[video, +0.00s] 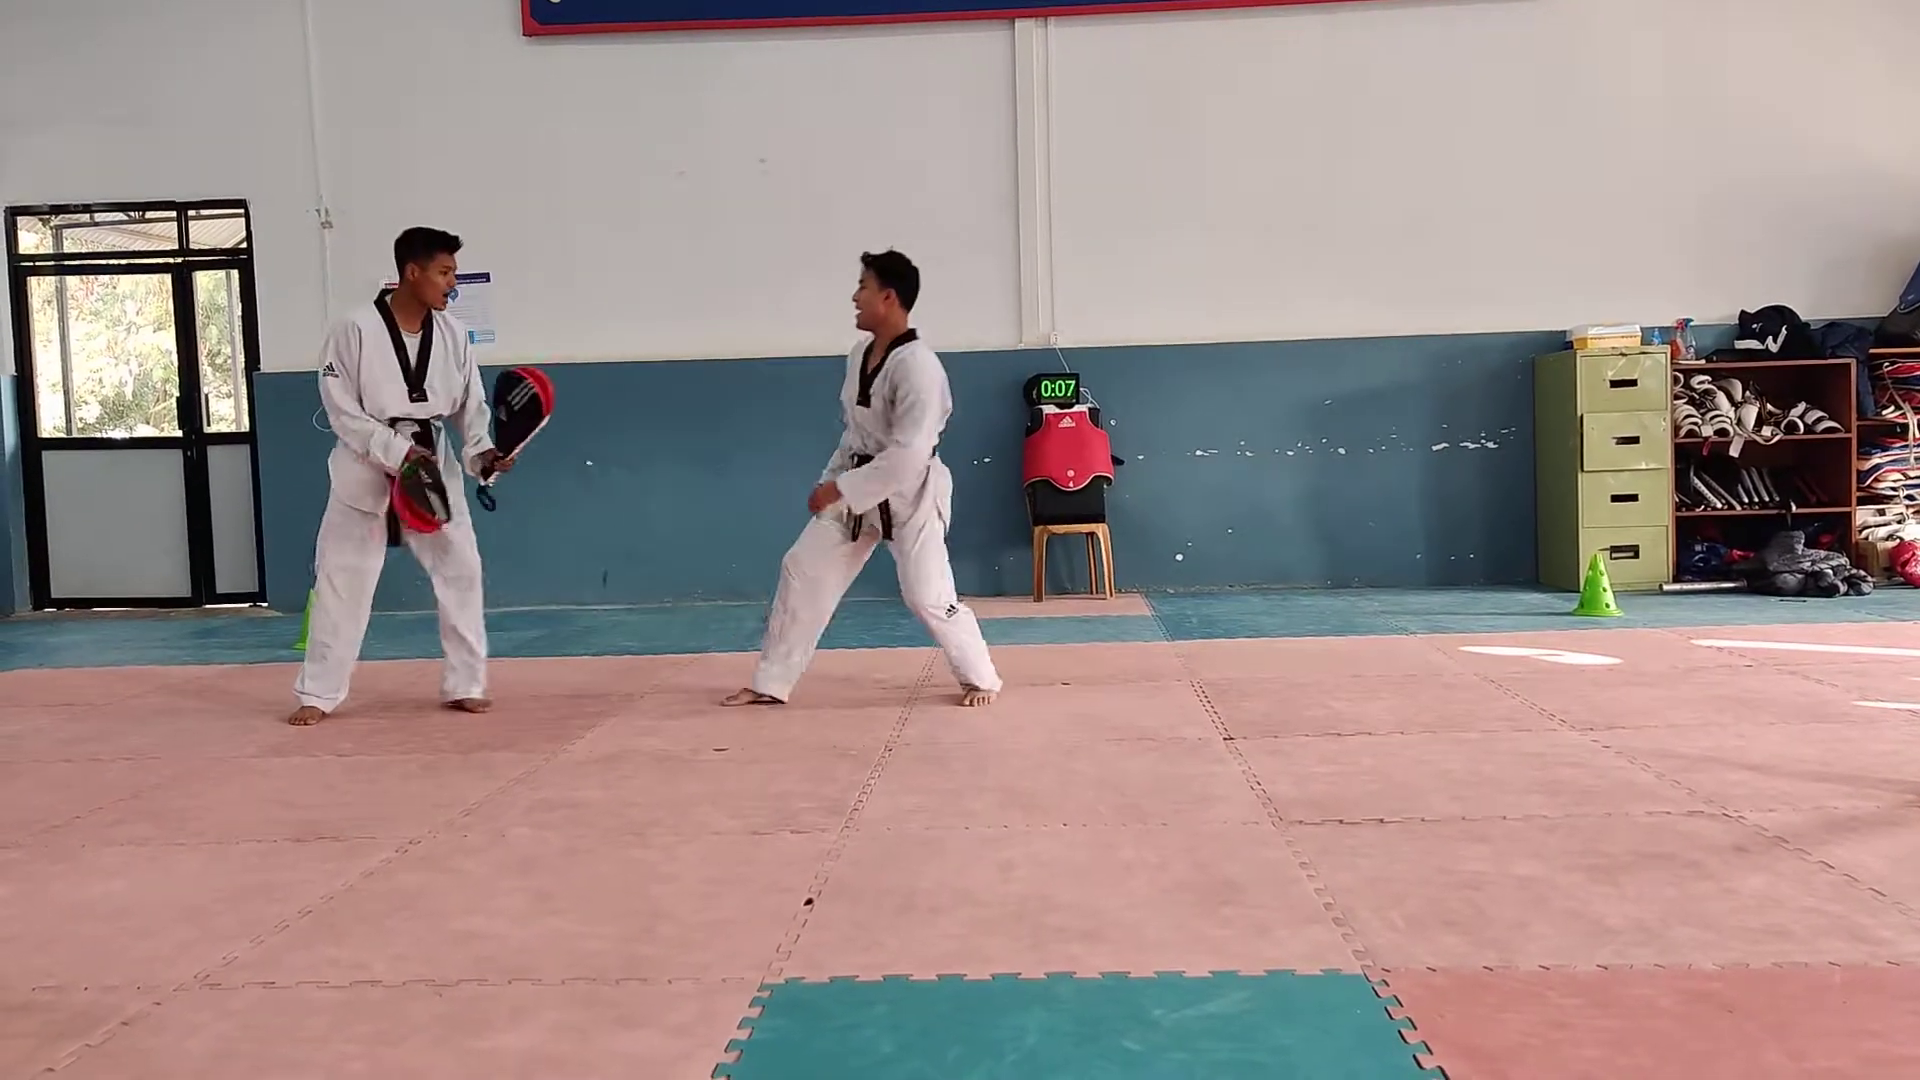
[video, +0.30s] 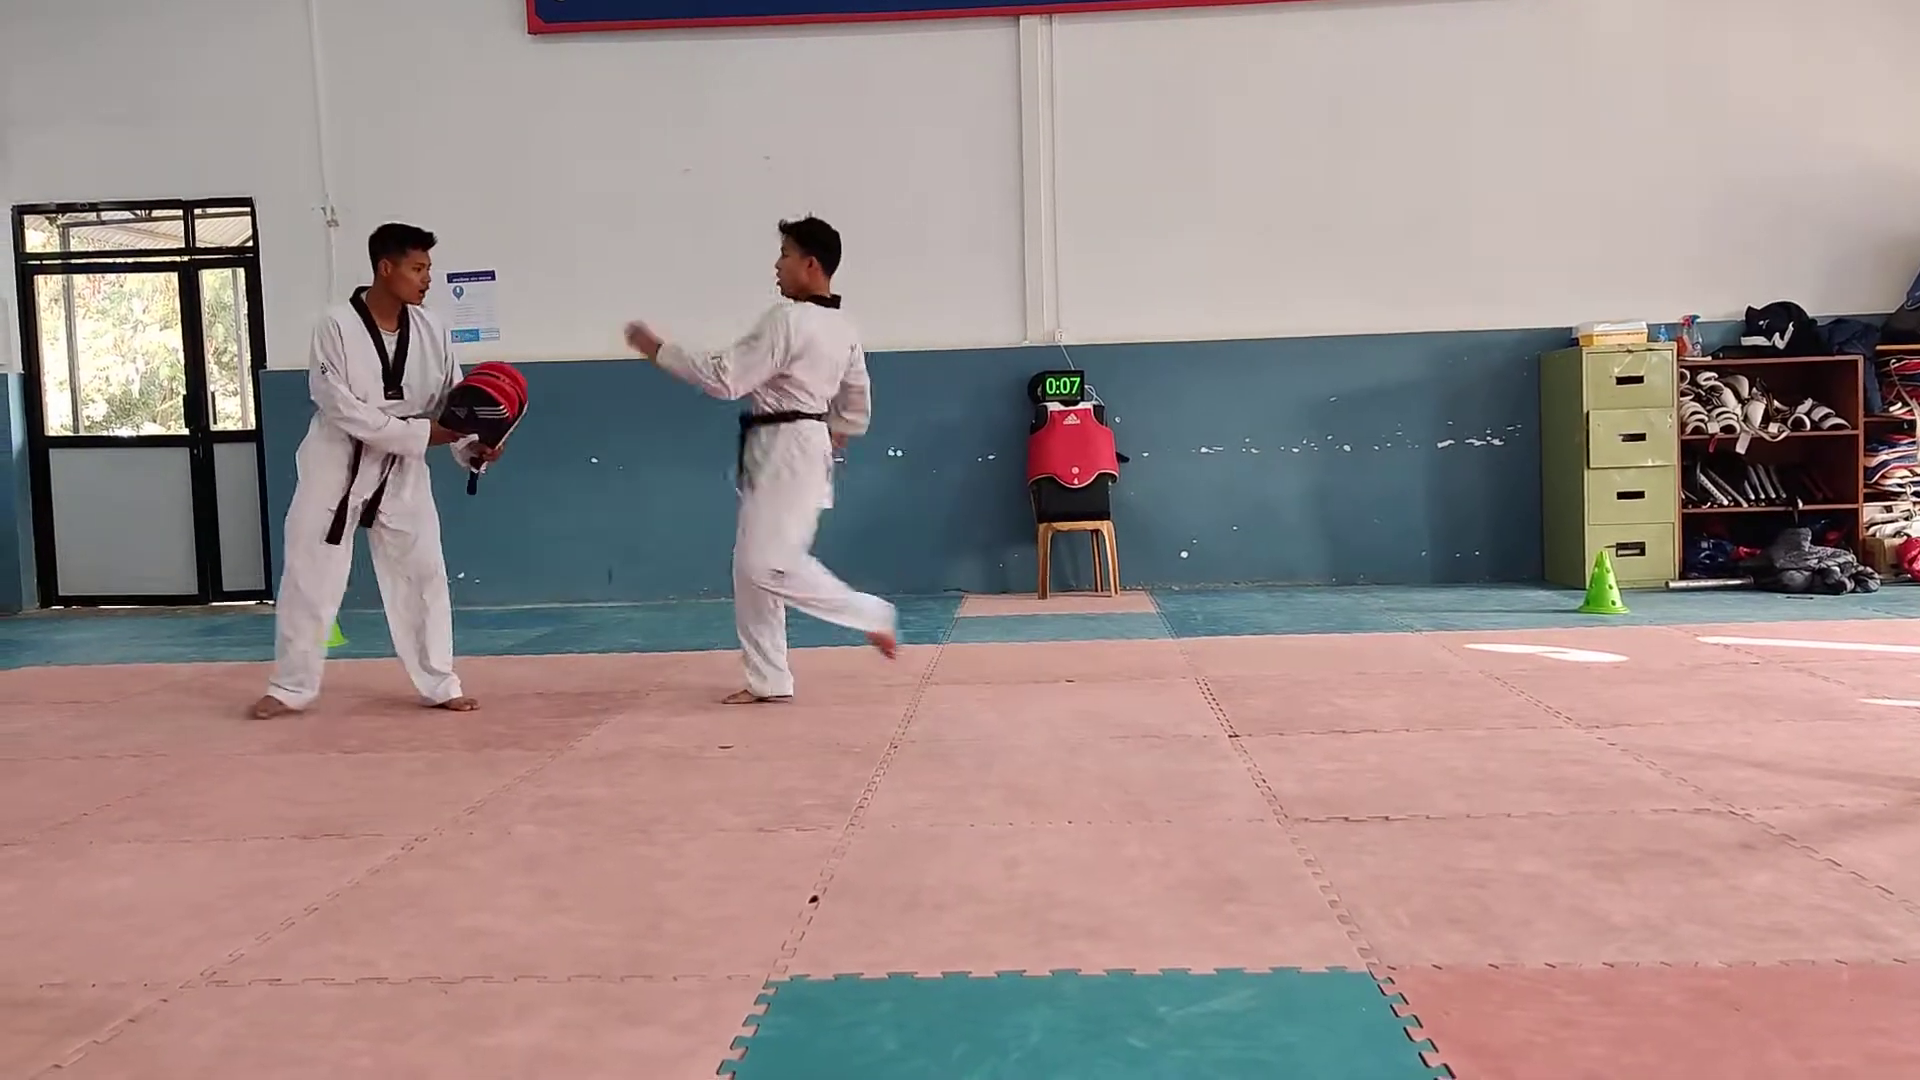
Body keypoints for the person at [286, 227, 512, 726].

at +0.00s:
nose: (453, 283)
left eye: (454, 273)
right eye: (444, 273)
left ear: (427, 275)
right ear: (411, 273)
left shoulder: (452, 334)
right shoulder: (351, 330)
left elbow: (470, 403)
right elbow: (343, 414)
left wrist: (479, 451)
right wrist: (396, 450)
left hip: (433, 462)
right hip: (365, 462)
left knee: (462, 566)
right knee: (342, 572)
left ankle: (466, 685)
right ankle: (318, 694)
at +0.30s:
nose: (428, 277)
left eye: (429, 268)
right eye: (419, 268)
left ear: (406, 271)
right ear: (385, 269)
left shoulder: (430, 329)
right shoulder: (335, 325)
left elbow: (448, 408)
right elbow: (340, 409)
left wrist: (474, 448)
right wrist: (419, 433)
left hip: (404, 460)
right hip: (336, 459)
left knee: (423, 569)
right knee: (310, 568)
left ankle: (439, 683)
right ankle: (292, 688)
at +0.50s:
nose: (371, 282)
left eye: (371, 272)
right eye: (362, 273)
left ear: (348, 276)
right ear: (327, 274)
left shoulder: (377, 332)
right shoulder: (285, 337)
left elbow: (414, 397)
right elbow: (322, 411)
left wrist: (455, 397)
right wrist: (411, 427)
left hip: (365, 462)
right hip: (299, 464)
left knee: (406, 570)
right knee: (250, 573)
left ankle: (439, 684)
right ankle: (197, 689)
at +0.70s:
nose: (337, 300)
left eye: (337, 290)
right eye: (327, 290)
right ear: (294, 293)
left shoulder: (350, 354)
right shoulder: (252, 359)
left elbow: (369, 433)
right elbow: (239, 443)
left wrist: (392, 480)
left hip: (347, 487)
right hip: (275, 489)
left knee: (406, 573)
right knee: (234, 594)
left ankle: (438, 684)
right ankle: (194, 695)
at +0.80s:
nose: (358, 306)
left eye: (358, 296)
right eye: (348, 296)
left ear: (331, 299)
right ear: (315, 298)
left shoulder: (361, 359)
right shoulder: (261, 364)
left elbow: (368, 442)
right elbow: (238, 450)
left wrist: (375, 499)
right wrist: (300, 494)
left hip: (352, 494)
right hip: (281, 497)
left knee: (417, 569)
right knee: (239, 598)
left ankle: (443, 684)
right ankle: (198, 695)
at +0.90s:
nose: (402, 306)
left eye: (402, 297)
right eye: (393, 296)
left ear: (375, 299)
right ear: (361, 297)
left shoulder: (393, 360)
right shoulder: (306, 355)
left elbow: (397, 438)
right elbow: (272, 434)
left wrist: (401, 485)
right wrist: (339, 479)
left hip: (376, 490)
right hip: (308, 492)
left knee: (431, 567)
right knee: (254, 592)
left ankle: (448, 684)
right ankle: (198, 693)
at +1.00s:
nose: (452, 302)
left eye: (453, 292)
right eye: (446, 291)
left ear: (424, 292)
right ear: (414, 288)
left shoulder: (423, 357)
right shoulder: (366, 342)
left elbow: (408, 436)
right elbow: (350, 417)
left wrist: (427, 479)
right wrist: (430, 458)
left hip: (399, 479)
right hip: (345, 475)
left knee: (446, 568)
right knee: (294, 585)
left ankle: (450, 683)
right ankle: (205, 676)